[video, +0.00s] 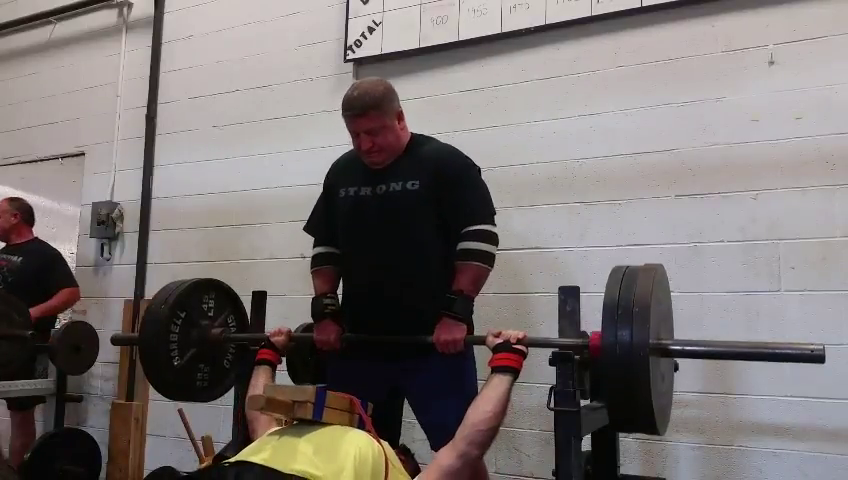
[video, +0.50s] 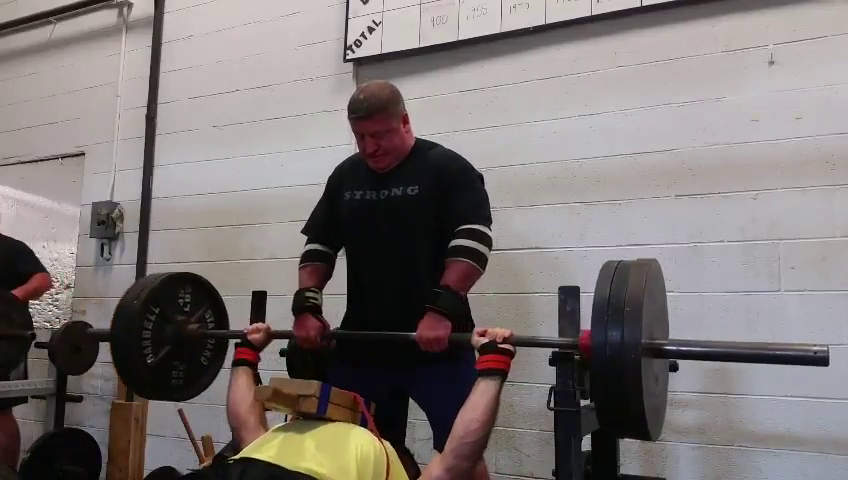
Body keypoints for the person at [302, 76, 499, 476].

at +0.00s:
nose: (366, 144)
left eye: (375, 133)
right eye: (356, 135)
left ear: (400, 120)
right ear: (348, 129)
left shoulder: (448, 166)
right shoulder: (342, 173)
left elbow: (479, 241)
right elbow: (326, 248)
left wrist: (456, 311)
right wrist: (325, 312)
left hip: (436, 341)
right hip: (360, 342)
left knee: (460, 456)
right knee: (356, 459)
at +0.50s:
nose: (370, 146)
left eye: (380, 135)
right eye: (362, 136)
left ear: (406, 124)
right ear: (352, 131)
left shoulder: (450, 171)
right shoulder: (346, 177)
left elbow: (472, 246)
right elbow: (319, 247)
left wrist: (443, 309)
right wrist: (307, 307)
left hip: (438, 343)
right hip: (364, 345)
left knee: (465, 456)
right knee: (363, 459)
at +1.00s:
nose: (368, 150)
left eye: (378, 139)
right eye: (359, 140)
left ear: (404, 126)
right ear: (350, 135)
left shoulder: (448, 175)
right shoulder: (343, 181)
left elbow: (456, 248)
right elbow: (308, 245)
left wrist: (428, 305)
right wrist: (287, 299)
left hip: (440, 342)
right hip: (365, 340)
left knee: (463, 452)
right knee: (364, 455)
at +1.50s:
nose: (369, 152)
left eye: (378, 141)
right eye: (361, 142)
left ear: (404, 129)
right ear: (352, 137)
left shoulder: (447, 176)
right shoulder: (344, 183)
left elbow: (462, 244)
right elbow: (311, 242)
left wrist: (428, 297)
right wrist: (293, 290)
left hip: (439, 348)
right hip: (364, 346)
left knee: (463, 455)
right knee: (367, 459)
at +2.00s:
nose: (369, 151)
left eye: (378, 140)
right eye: (360, 142)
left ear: (403, 127)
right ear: (352, 136)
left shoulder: (451, 177)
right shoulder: (345, 183)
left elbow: (486, 254)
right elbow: (328, 257)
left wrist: (486, 329)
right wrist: (316, 317)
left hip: (438, 345)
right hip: (365, 344)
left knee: (466, 455)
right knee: (367, 458)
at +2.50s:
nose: (367, 156)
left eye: (375, 145)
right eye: (357, 147)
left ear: (400, 130)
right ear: (348, 139)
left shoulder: (448, 176)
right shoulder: (342, 185)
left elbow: (482, 253)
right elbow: (325, 259)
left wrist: (479, 328)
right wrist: (311, 320)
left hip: (439, 339)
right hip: (367, 341)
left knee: (461, 449)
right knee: (373, 451)